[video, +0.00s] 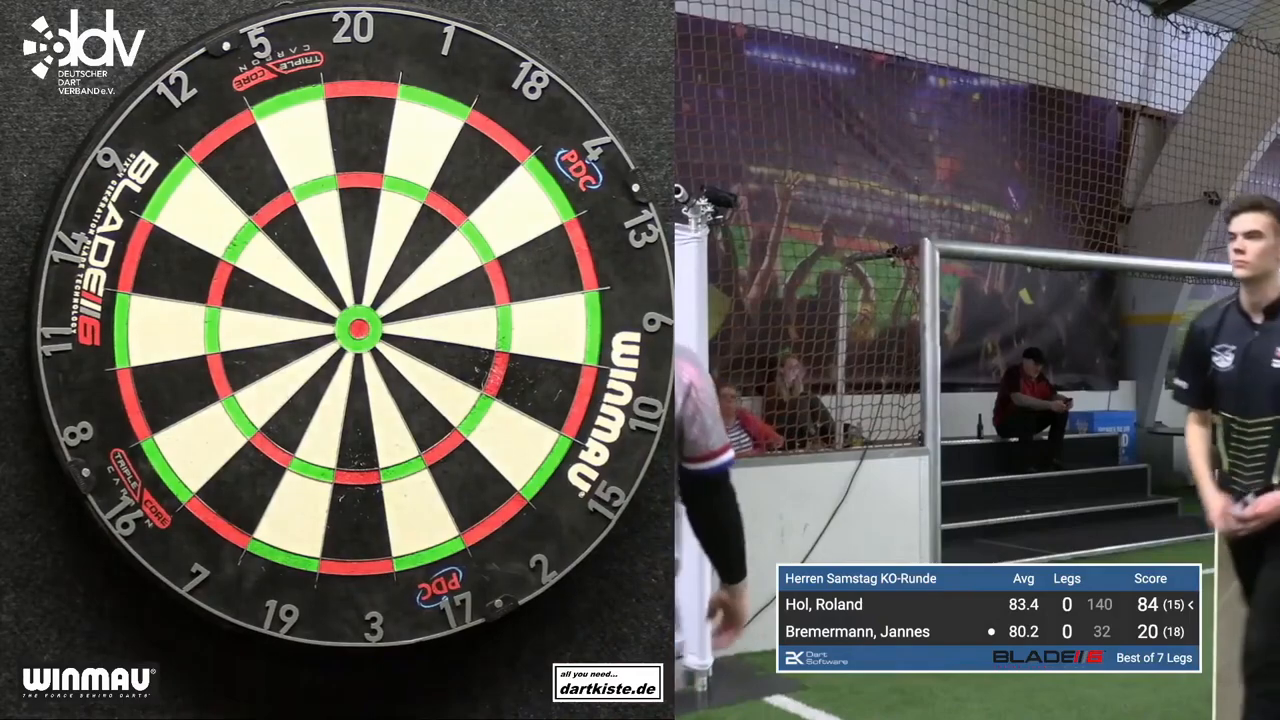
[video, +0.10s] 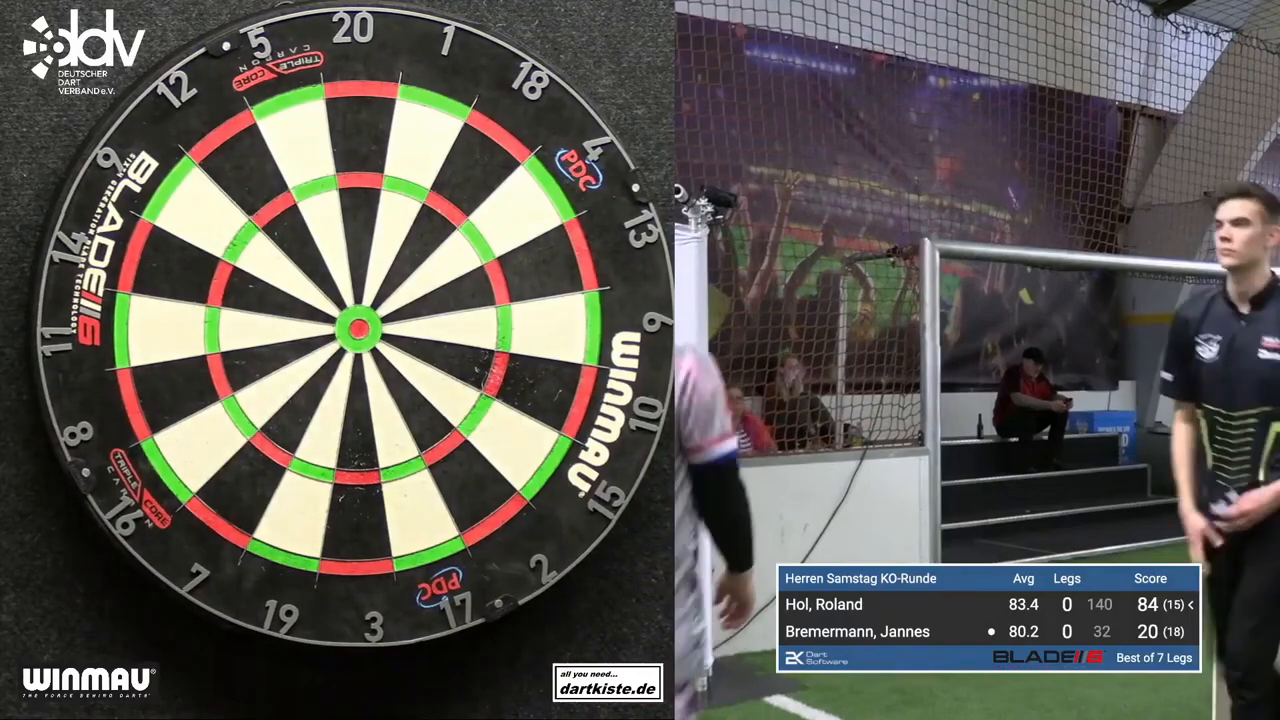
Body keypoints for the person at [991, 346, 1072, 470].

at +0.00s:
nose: (1038, 368)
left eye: (1040, 365)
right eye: (1035, 364)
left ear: (1042, 366)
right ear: (1024, 362)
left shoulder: (1040, 379)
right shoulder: (1012, 374)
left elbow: (1051, 395)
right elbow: (1017, 399)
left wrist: (1063, 401)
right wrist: (1050, 405)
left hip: (1029, 421)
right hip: (1006, 423)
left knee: (1060, 413)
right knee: (1027, 418)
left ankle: (1053, 457)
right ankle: (1026, 463)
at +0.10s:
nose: (1038, 368)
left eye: (1040, 365)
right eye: (1035, 364)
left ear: (1042, 366)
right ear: (1025, 362)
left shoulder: (1040, 379)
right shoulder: (1012, 374)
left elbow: (1051, 395)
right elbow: (1017, 399)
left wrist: (1064, 401)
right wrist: (1050, 405)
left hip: (1029, 421)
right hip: (1006, 423)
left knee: (1060, 413)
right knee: (1027, 418)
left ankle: (1053, 457)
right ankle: (1026, 463)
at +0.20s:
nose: (1038, 368)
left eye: (1040, 365)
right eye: (1035, 364)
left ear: (1042, 366)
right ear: (1024, 362)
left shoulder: (1040, 379)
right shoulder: (1012, 374)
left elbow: (1051, 395)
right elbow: (1017, 399)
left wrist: (1063, 401)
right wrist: (1050, 405)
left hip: (1029, 421)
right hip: (1006, 423)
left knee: (1060, 413)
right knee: (1027, 418)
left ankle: (1053, 457)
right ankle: (1026, 463)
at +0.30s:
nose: (1038, 368)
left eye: (1040, 365)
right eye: (1035, 364)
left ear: (1042, 366)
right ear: (1025, 362)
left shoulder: (1040, 379)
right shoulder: (1012, 374)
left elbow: (1051, 396)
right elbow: (1017, 399)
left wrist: (1063, 401)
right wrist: (1050, 405)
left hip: (1029, 421)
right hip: (1006, 423)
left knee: (1060, 413)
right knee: (1027, 418)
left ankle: (1053, 457)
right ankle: (1026, 463)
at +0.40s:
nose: (1038, 368)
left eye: (1040, 365)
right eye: (1035, 364)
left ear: (1042, 366)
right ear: (1024, 362)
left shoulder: (1040, 378)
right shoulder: (1012, 374)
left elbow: (1051, 395)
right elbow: (1017, 399)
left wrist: (1064, 401)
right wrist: (1050, 405)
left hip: (1029, 421)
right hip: (1006, 423)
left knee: (1060, 413)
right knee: (1027, 416)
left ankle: (1053, 457)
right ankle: (1026, 463)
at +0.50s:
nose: (1038, 368)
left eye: (1040, 365)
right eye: (1035, 364)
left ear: (1042, 366)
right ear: (1025, 362)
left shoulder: (1040, 378)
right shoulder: (1012, 374)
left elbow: (1051, 395)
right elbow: (1017, 399)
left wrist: (1064, 401)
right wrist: (1050, 405)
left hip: (1030, 421)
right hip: (1006, 423)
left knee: (1060, 413)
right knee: (1027, 416)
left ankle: (1053, 456)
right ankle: (1026, 462)